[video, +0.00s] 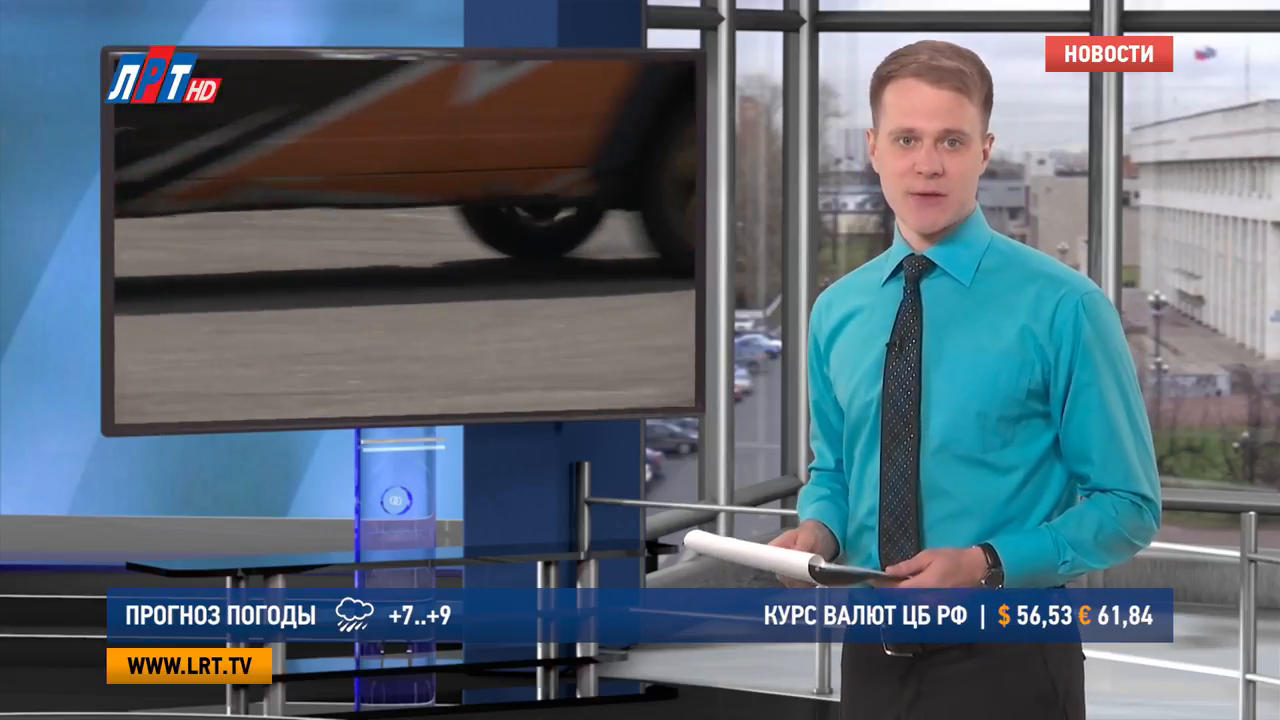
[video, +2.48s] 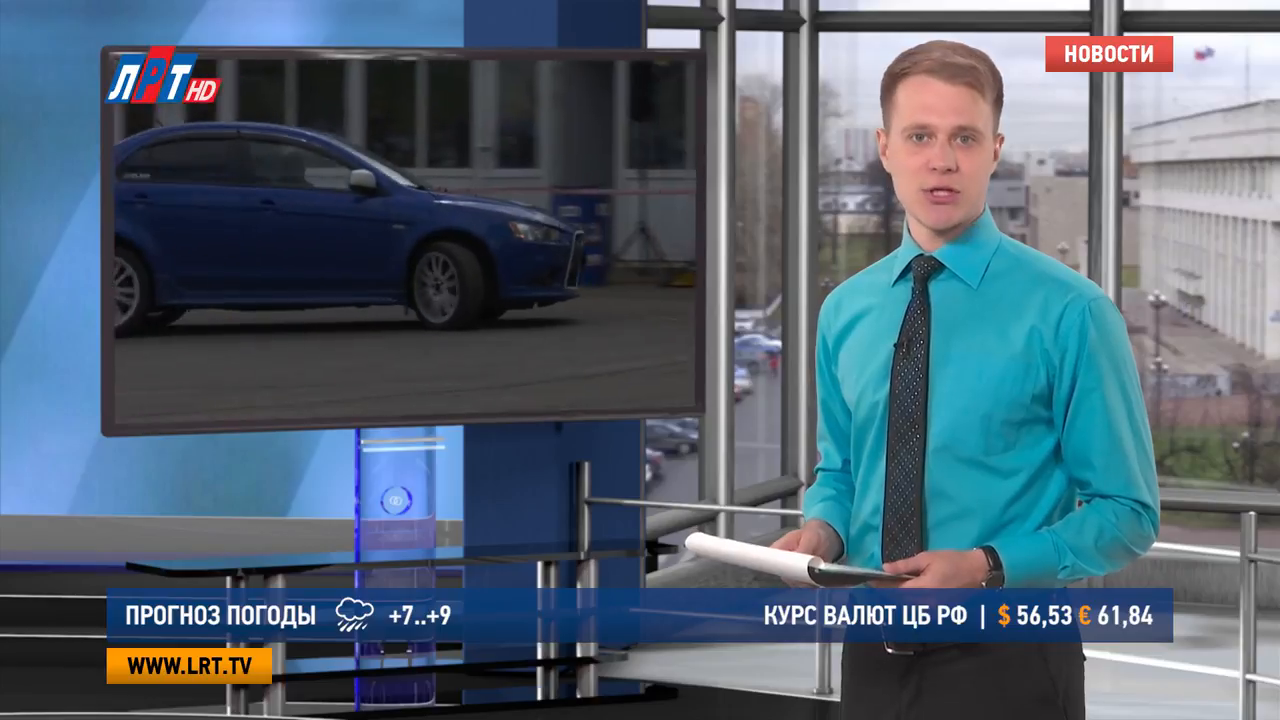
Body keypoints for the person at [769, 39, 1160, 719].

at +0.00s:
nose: (927, 164)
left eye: (951, 141)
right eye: (906, 139)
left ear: (985, 150)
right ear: (873, 150)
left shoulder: (1063, 306)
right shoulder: (835, 311)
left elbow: (1130, 504)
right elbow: (831, 474)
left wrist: (988, 564)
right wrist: (814, 533)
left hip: (1005, 662)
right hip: (871, 661)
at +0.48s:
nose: (932, 139)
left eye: (955, 122)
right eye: (909, 120)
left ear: (987, 148)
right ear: (874, 147)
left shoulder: (1061, 308)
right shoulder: (832, 311)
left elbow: (1123, 508)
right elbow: (829, 471)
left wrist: (982, 567)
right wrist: (810, 535)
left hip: (1003, 661)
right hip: (868, 660)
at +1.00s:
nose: (917, 159)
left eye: (941, 135)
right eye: (896, 136)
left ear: (983, 147)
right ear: (870, 149)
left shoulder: (1061, 310)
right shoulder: (835, 311)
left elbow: (1122, 511)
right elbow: (830, 472)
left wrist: (981, 567)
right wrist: (811, 533)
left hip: (1002, 663)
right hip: (867, 661)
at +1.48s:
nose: (910, 158)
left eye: (936, 134)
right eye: (891, 135)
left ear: (983, 146)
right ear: (871, 150)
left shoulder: (1065, 310)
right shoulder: (840, 311)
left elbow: (1125, 510)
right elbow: (834, 473)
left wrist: (984, 566)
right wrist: (814, 534)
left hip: (1004, 663)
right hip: (869, 660)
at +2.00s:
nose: (926, 158)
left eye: (951, 135)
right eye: (906, 135)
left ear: (991, 146)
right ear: (879, 148)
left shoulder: (1068, 310)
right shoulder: (843, 310)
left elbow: (1126, 510)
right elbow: (837, 471)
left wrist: (986, 566)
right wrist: (816, 533)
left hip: (1004, 661)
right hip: (871, 658)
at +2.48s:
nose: (942, 160)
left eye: (965, 138)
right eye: (920, 137)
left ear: (996, 150)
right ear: (885, 148)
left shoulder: (1070, 311)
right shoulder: (845, 310)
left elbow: (1128, 511)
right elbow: (838, 473)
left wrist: (989, 566)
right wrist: (816, 535)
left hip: (1007, 660)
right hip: (872, 656)